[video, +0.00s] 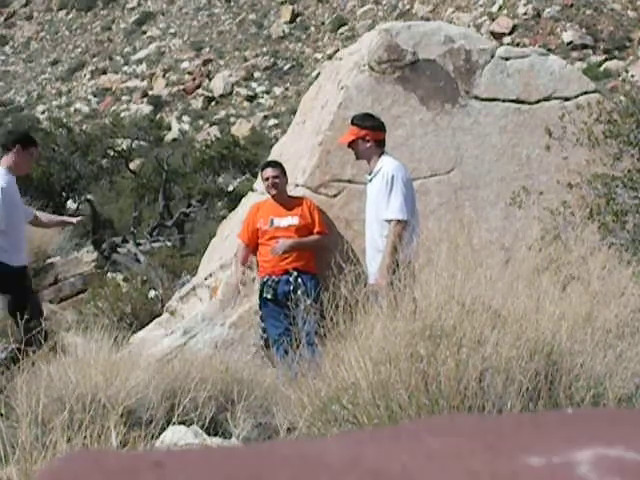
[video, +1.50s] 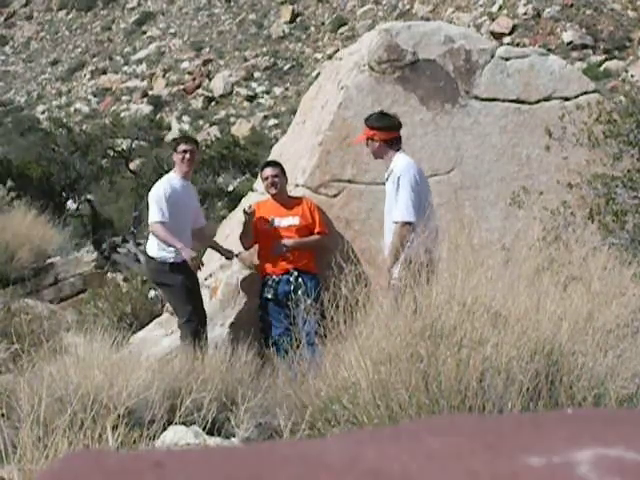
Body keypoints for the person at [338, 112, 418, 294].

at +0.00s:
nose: (350, 147)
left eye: (354, 142)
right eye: (350, 142)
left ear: (368, 141)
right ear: (367, 142)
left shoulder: (393, 171)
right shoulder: (375, 175)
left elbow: (398, 224)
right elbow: (379, 226)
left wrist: (386, 273)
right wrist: (374, 273)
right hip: (376, 276)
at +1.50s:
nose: (367, 146)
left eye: (368, 141)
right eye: (367, 141)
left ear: (379, 142)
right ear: (390, 140)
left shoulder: (406, 171)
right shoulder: (398, 169)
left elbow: (405, 225)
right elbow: (402, 224)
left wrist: (390, 266)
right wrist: (391, 263)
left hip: (411, 266)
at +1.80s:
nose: (377, 141)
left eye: (378, 136)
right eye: (377, 136)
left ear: (387, 138)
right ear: (405, 135)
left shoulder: (406, 169)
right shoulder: (425, 162)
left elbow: (405, 227)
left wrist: (388, 270)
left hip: (418, 261)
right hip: (438, 257)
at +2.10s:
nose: (382, 143)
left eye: (383, 138)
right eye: (381, 138)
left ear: (392, 138)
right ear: (408, 135)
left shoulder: (410, 169)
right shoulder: (432, 162)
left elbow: (409, 227)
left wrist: (394, 266)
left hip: (422, 261)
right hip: (443, 257)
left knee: (417, 321)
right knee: (440, 318)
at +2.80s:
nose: (392, 146)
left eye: (394, 141)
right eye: (391, 141)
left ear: (405, 139)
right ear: (420, 137)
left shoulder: (414, 170)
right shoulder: (443, 163)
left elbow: (385, 218)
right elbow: (427, 196)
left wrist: (346, 215)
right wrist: (394, 190)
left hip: (425, 255)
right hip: (452, 250)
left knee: (425, 316)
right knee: (446, 312)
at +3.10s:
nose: (395, 146)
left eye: (396, 141)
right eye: (393, 141)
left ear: (409, 139)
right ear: (417, 138)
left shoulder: (413, 171)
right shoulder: (444, 164)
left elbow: (395, 219)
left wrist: (360, 232)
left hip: (428, 255)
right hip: (455, 251)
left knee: (425, 315)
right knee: (451, 311)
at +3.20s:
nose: (395, 146)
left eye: (396, 140)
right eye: (394, 141)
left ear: (409, 138)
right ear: (419, 137)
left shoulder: (416, 170)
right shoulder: (443, 163)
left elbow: (391, 218)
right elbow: (420, 199)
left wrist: (360, 218)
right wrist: (381, 192)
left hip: (428, 256)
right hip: (454, 252)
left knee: (426, 319)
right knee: (450, 316)